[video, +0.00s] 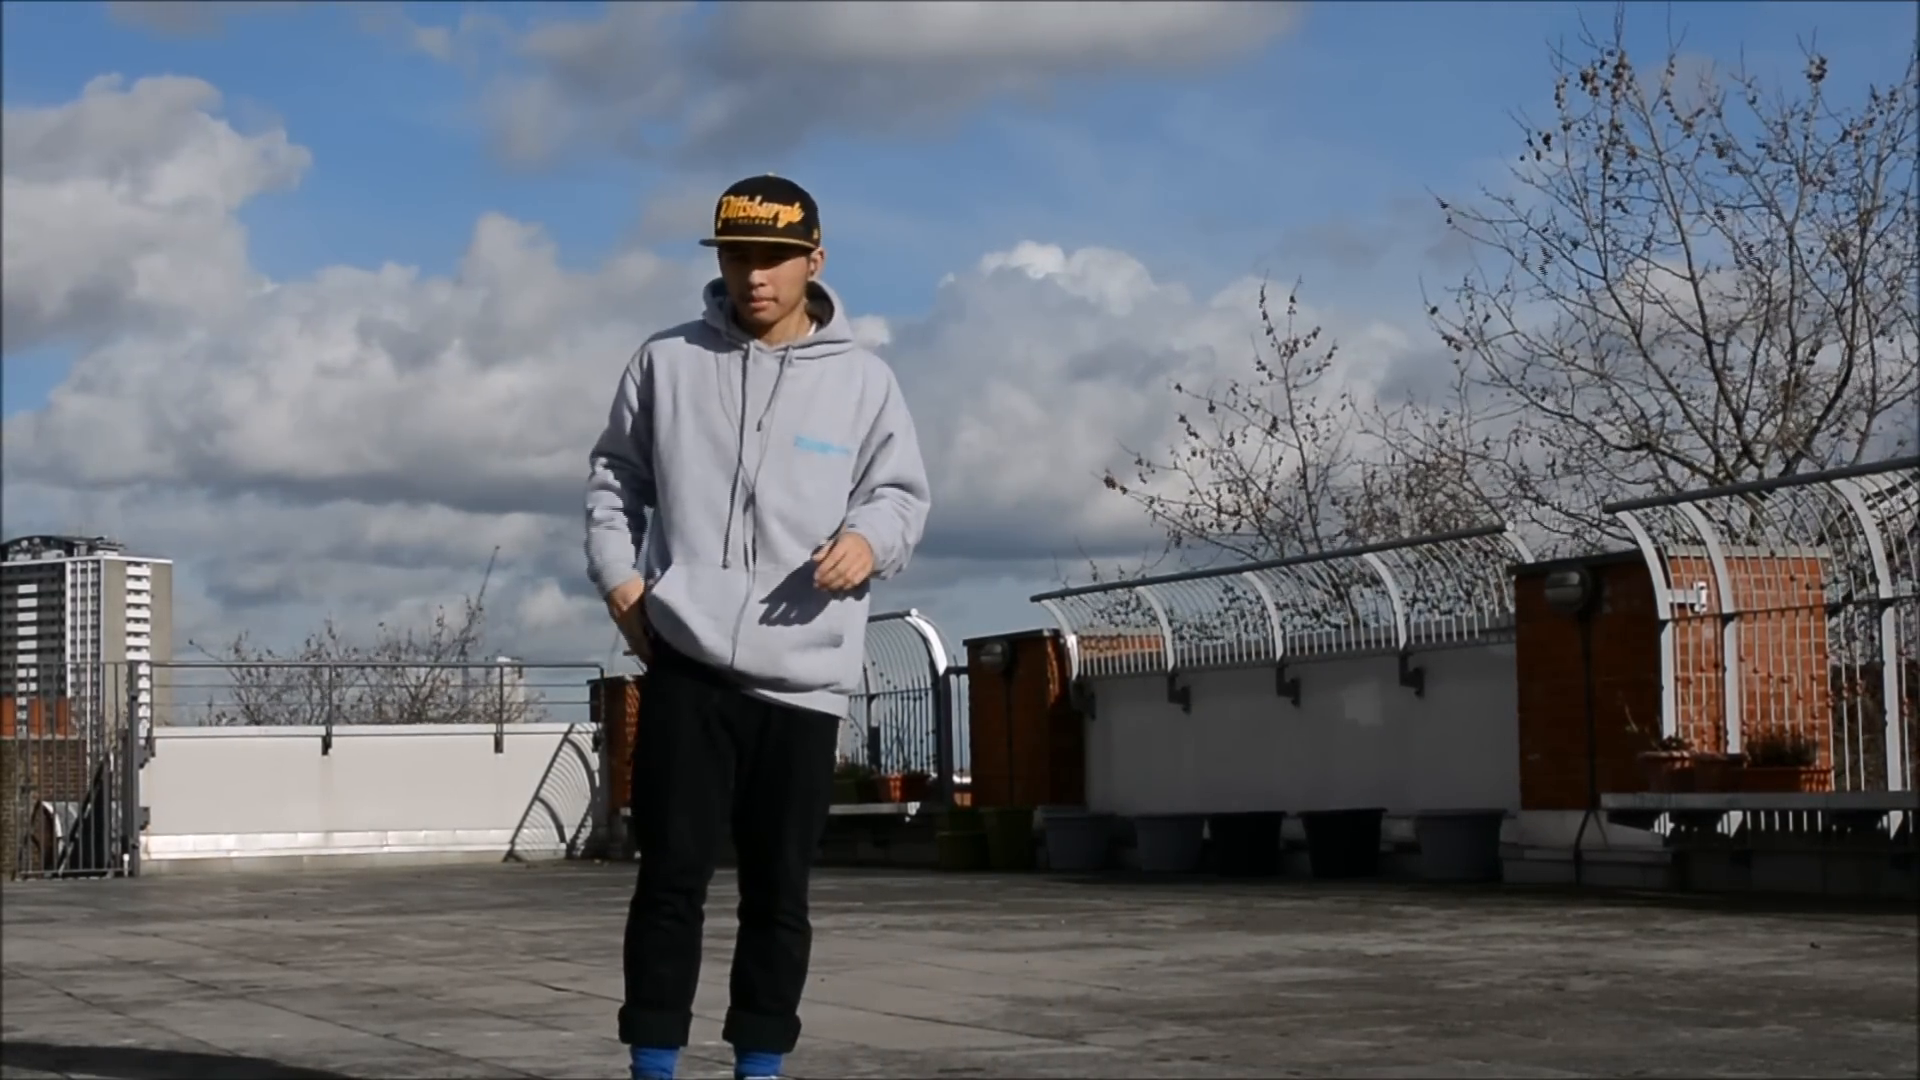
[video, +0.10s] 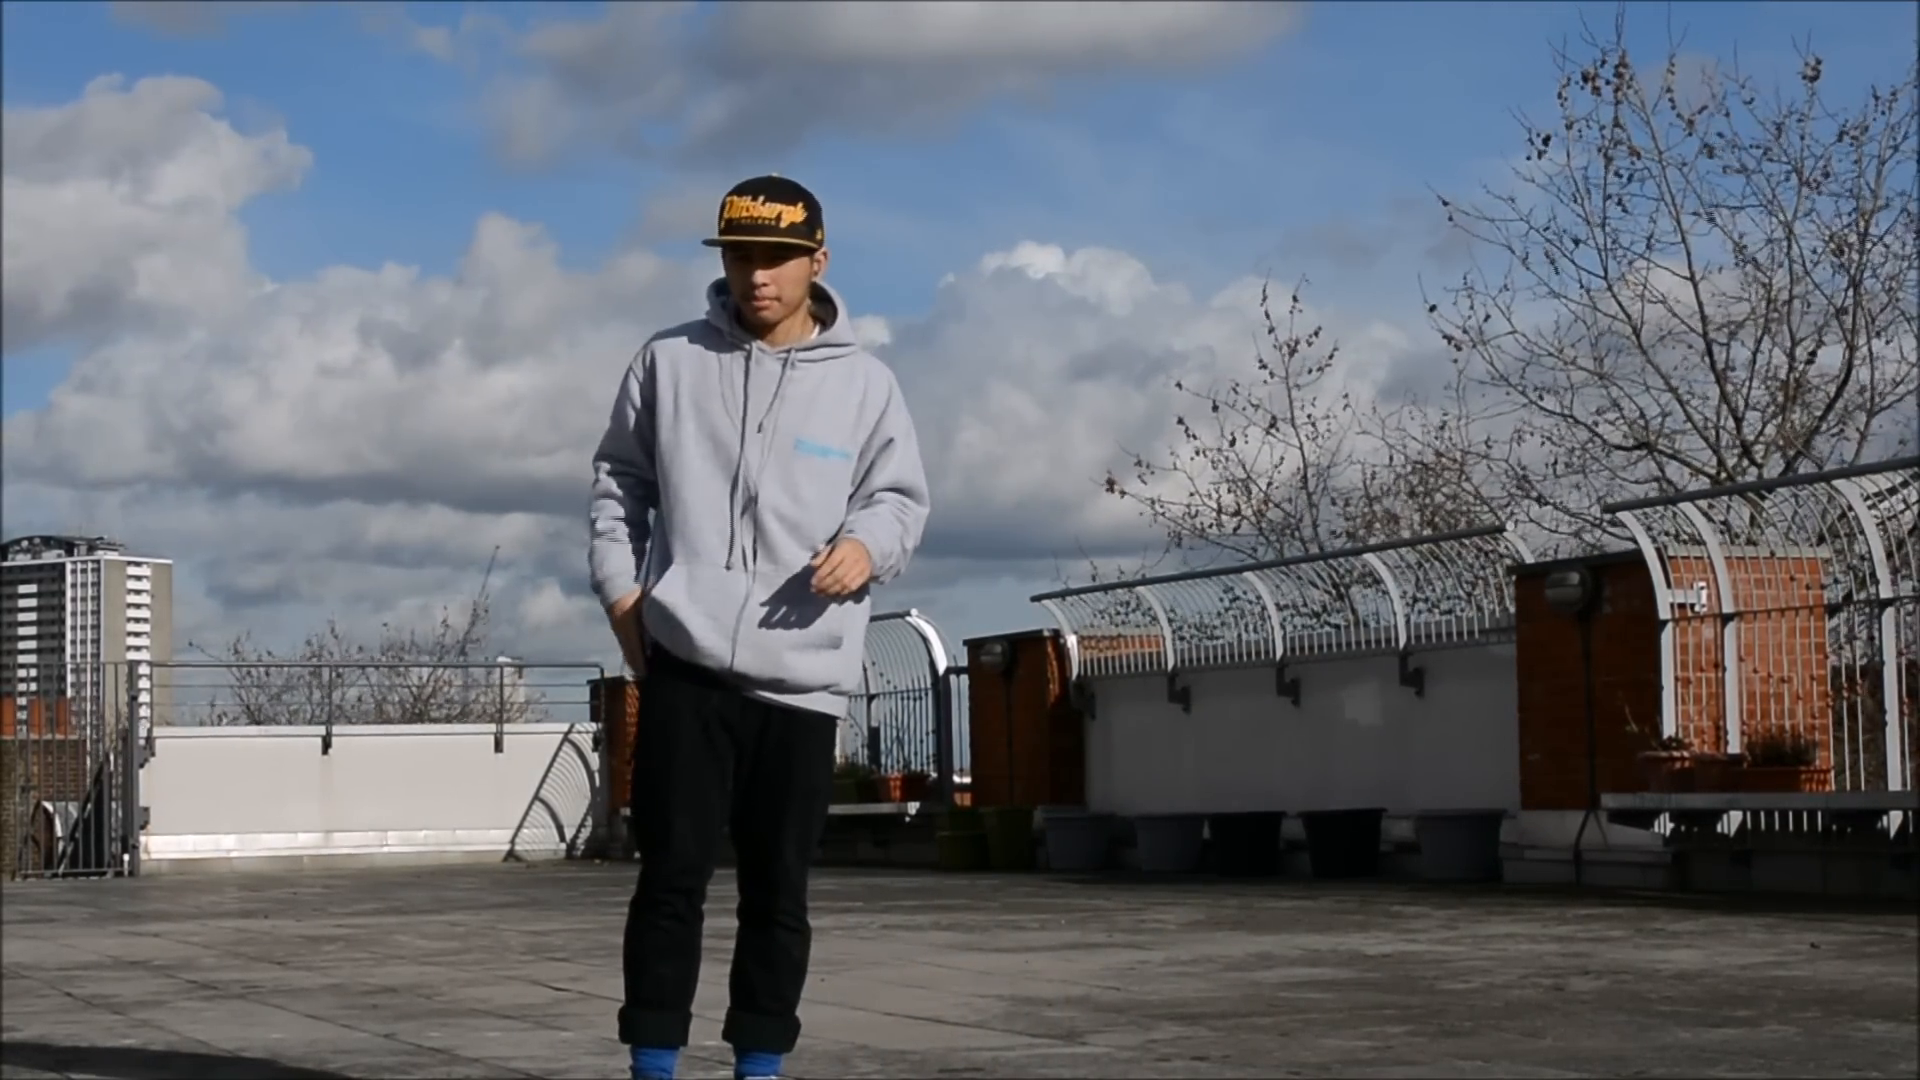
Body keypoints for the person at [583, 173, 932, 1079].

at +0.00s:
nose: (754, 277)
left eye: (774, 259)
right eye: (739, 259)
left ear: (812, 262)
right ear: (720, 261)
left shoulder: (864, 377)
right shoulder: (663, 363)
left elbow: (901, 492)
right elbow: (614, 480)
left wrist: (867, 540)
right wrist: (623, 581)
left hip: (804, 666)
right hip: (684, 655)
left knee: (780, 881)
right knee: (672, 872)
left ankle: (761, 1063)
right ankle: (653, 1062)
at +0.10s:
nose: (757, 278)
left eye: (777, 260)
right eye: (742, 260)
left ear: (815, 263)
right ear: (724, 262)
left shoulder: (865, 381)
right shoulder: (667, 362)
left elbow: (900, 496)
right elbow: (617, 483)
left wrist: (867, 545)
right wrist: (623, 590)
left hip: (803, 668)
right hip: (682, 655)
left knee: (780, 881)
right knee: (672, 871)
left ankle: (761, 1063)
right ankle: (653, 1062)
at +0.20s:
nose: (760, 277)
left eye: (780, 260)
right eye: (745, 260)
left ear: (817, 263)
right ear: (727, 261)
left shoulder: (866, 381)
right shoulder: (667, 361)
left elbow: (900, 497)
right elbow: (617, 482)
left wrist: (867, 546)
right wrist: (623, 593)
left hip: (802, 670)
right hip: (682, 657)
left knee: (779, 882)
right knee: (672, 872)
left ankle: (761, 1063)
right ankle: (653, 1061)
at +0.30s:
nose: (761, 277)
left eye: (782, 259)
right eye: (746, 259)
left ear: (819, 263)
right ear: (727, 262)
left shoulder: (868, 381)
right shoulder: (670, 364)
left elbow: (901, 497)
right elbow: (627, 494)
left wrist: (868, 546)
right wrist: (631, 610)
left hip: (801, 673)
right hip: (682, 662)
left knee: (778, 885)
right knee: (672, 873)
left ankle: (762, 1063)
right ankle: (653, 1062)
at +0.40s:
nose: (762, 277)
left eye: (783, 259)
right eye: (747, 259)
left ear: (820, 264)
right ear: (729, 263)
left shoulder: (869, 381)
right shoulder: (673, 364)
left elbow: (904, 497)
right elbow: (631, 493)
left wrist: (870, 547)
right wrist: (637, 604)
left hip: (803, 674)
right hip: (684, 661)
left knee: (779, 885)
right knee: (672, 873)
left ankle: (762, 1063)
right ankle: (653, 1062)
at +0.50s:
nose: (761, 276)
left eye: (782, 258)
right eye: (746, 258)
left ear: (819, 264)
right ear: (727, 263)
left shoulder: (870, 380)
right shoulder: (673, 362)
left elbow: (904, 495)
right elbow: (625, 483)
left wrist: (873, 546)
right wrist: (638, 590)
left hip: (805, 672)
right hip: (686, 659)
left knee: (780, 884)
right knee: (673, 872)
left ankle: (762, 1063)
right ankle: (653, 1062)